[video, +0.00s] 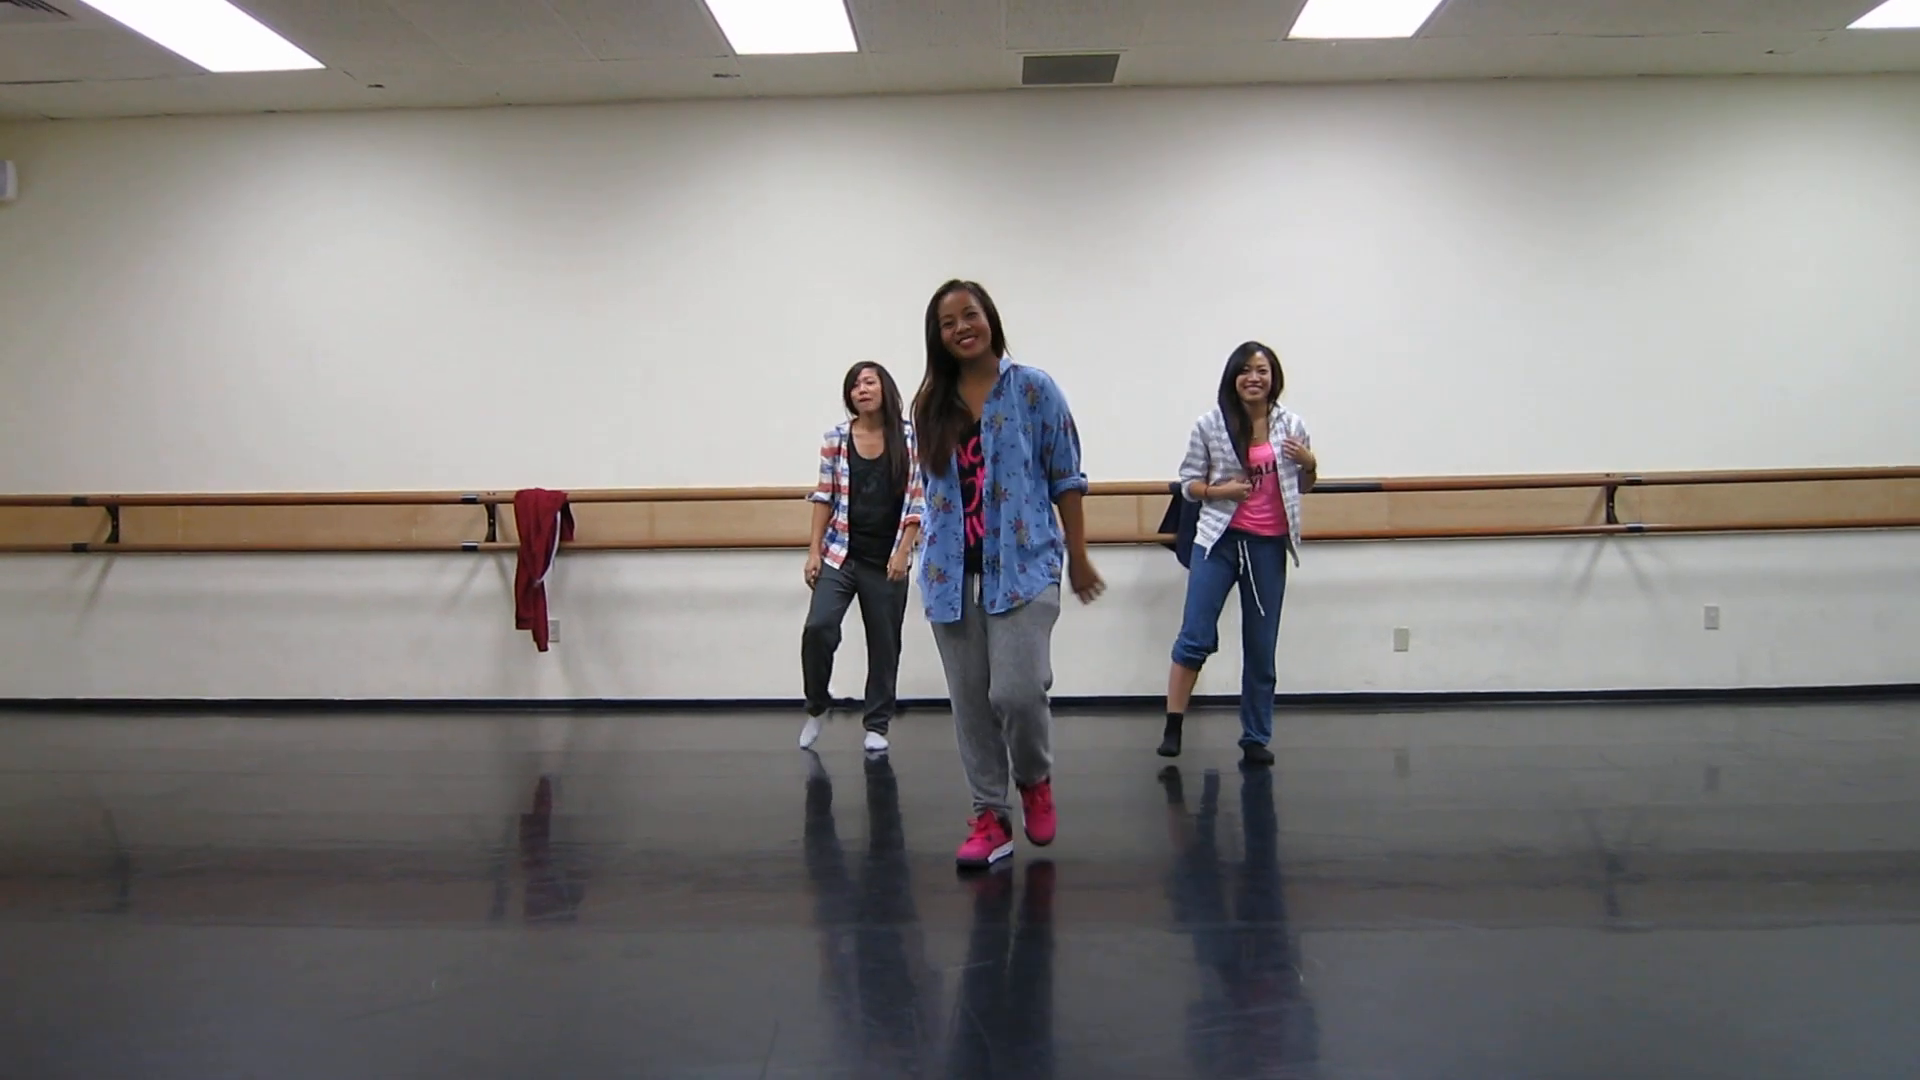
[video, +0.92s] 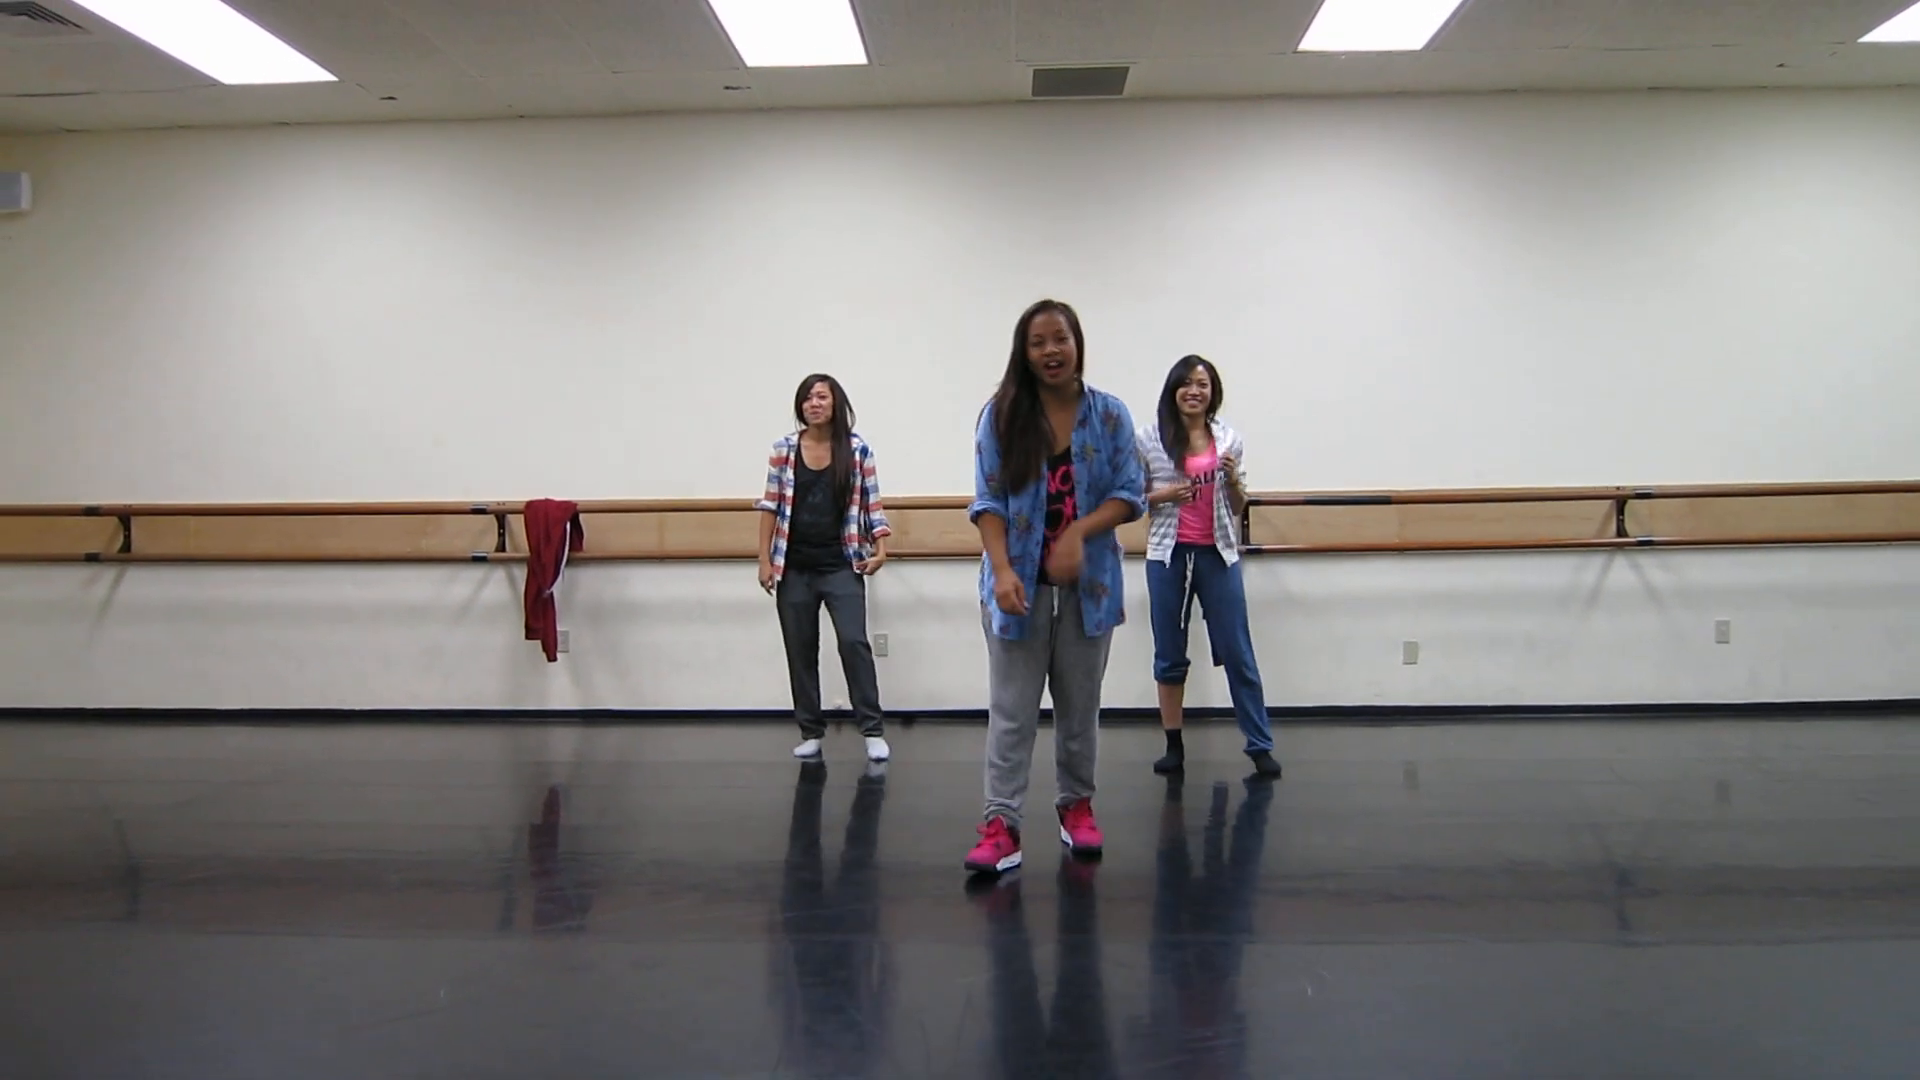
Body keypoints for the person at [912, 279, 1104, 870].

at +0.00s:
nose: (963, 326)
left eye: (971, 314)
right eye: (949, 322)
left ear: (992, 320)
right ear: (938, 336)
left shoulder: (1034, 389)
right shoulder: (930, 405)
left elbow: (1065, 478)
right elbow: (929, 490)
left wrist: (1078, 558)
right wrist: (914, 551)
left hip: (1024, 570)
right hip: (949, 575)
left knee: (1015, 693)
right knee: (969, 701)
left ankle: (1033, 780)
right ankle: (991, 816)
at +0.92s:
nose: (1052, 350)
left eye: (1061, 338)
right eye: (1039, 342)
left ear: (1079, 344)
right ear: (1024, 352)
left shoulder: (1110, 413)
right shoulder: (1001, 416)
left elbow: (1131, 496)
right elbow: (987, 502)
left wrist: (1077, 531)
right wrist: (1002, 569)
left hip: (1087, 584)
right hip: (1018, 585)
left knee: (1079, 707)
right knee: (1012, 711)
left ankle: (1077, 808)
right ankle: (1001, 823)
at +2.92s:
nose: (1051, 327)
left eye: (1062, 318)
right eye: (1039, 318)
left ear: (1081, 332)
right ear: (1021, 333)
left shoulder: (1106, 414)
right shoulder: (985, 406)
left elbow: (1131, 505)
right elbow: (955, 498)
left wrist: (1088, 542)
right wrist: (961, 576)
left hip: (1074, 598)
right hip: (1001, 600)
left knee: (1072, 729)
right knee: (1019, 730)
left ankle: (1086, 854)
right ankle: (1030, 841)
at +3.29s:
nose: (1074, 315)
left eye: (1084, 306)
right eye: (1061, 308)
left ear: (1104, 324)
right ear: (1043, 327)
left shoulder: (1134, 408)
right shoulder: (1007, 397)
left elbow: (1184, 470)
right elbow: (938, 462)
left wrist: (1175, 497)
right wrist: (942, 520)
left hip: (1096, 597)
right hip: (1017, 596)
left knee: (1076, 734)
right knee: (1020, 731)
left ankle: (1086, 859)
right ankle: (1011, 800)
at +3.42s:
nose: (1068, 329)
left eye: (1078, 321)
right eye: (1055, 324)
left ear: (1097, 339)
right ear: (1038, 344)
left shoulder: (1130, 420)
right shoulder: (1003, 413)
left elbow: (1193, 485)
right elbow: (941, 473)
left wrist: (1205, 422)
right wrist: (931, 427)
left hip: (1098, 612)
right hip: (1021, 612)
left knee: (1087, 746)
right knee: (1017, 749)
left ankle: (1083, 863)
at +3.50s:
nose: (1059, 321)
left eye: (1070, 312)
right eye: (1046, 315)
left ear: (1090, 330)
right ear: (1028, 335)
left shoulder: (1119, 408)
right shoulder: (996, 405)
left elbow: (1171, 481)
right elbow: (945, 476)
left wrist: (1228, 434)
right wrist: (910, 411)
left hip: (1096, 601)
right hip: (1017, 603)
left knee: (1090, 741)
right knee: (1032, 732)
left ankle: (1088, 863)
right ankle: (996, 725)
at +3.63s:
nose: (1050, 335)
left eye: (1061, 325)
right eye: (1036, 329)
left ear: (1081, 341)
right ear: (1016, 348)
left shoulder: (1102, 409)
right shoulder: (990, 403)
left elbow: (1128, 464)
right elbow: (980, 436)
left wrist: (1092, 460)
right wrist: (1005, 406)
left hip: (1087, 597)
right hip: (1010, 600)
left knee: (1086, 740)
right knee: (1033, 733)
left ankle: (1091, 863)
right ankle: (1047, 873)